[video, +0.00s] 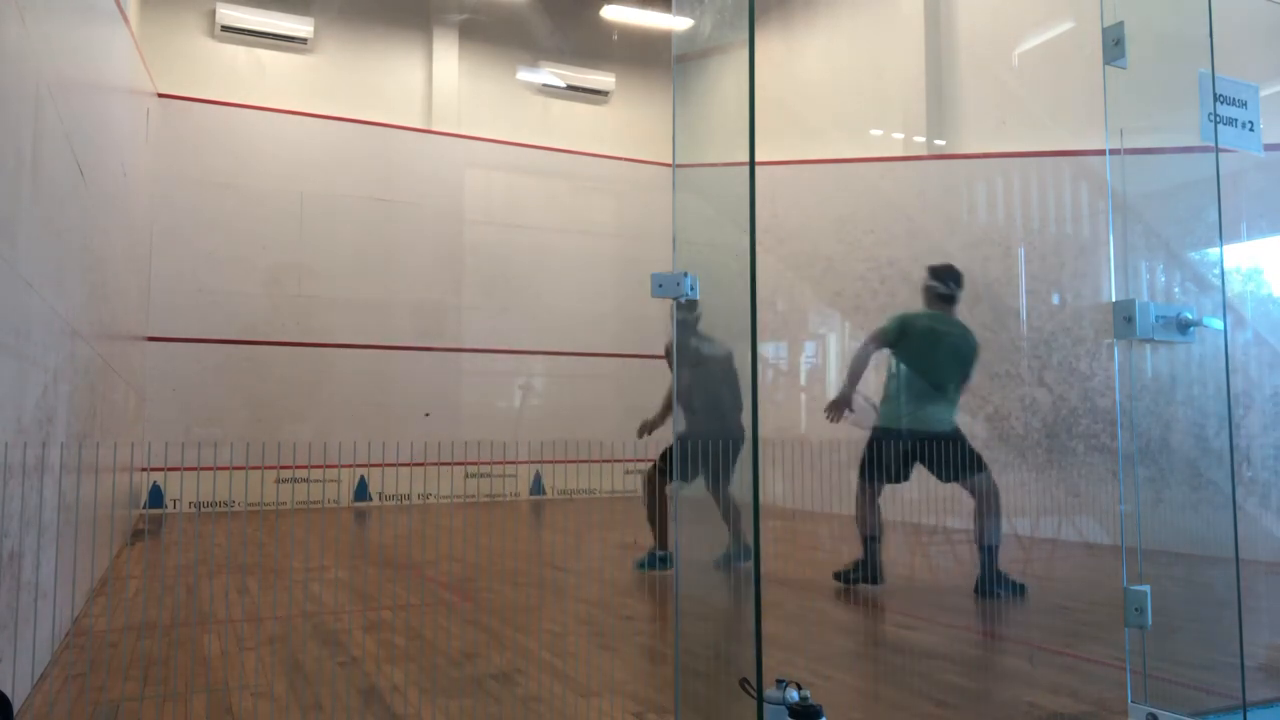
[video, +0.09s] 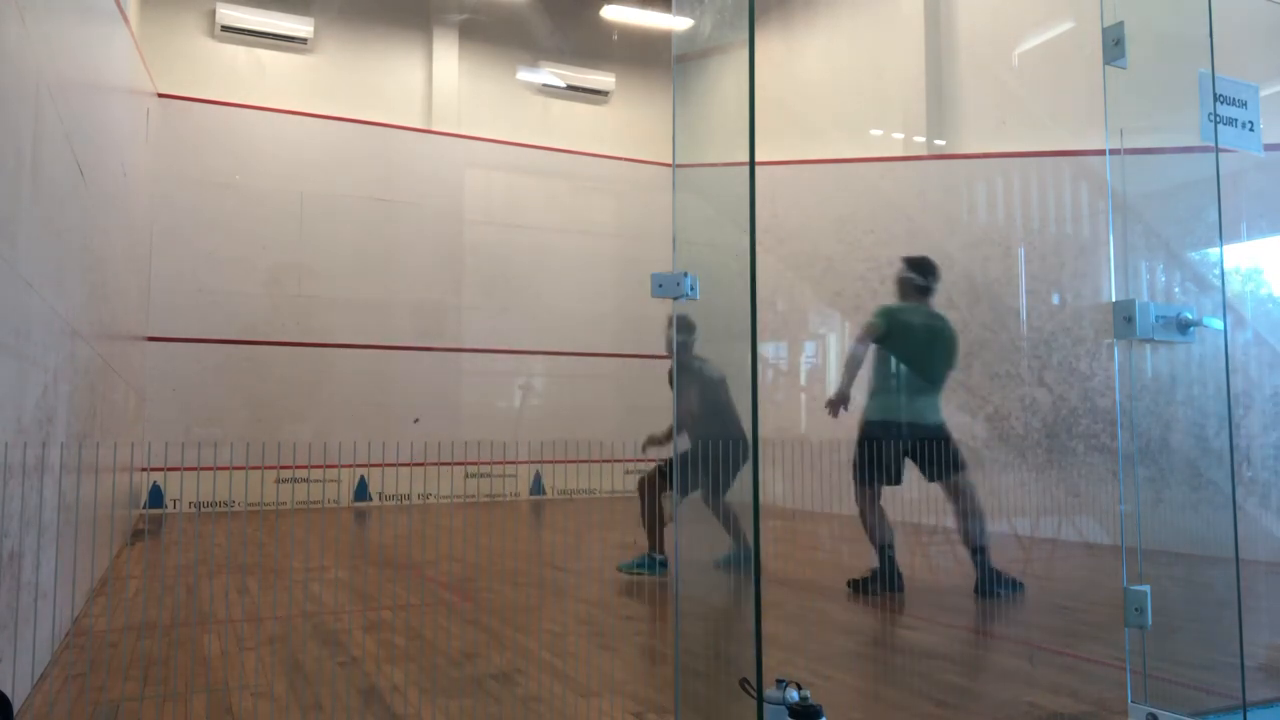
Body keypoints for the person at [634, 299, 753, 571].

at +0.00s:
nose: (675, 326)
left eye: (676, 320)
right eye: (677, 319)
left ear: (676, 320)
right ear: (697, 318)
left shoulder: (680, 349)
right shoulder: (720, 350)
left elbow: (676, 391)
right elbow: (734, 400)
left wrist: (654, 422)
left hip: (699, 435)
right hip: (730, 434)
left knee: (654, 480)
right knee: (717, 486)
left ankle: (661, 550)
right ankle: (739, 545)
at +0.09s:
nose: (671, 344)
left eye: (676, 339)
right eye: (670, 338)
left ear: (684, 340)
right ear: (687, 340)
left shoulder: (684, 371)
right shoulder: (706, 367)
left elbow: (688, 415)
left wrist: (663, 437)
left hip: (714, 447)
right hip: (733, 446)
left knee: (648, 486)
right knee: (712, 497)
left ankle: (655, 555)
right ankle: (744, 549)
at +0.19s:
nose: (655, 345)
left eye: (658, 339)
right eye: (655, 338)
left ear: (667, 341)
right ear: (675, 340)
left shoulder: (678, 370)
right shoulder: (687, 366)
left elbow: (680, 412)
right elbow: (682, 414)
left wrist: (651, 443)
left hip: (707, 448)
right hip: (722, 446)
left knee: (647, 491)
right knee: (711, 498)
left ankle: (665, 560)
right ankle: (743, 549)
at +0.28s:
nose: (636, 327)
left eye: (641, 321)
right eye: (636, 320)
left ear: (651, 323)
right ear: (654, 323)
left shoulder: (666, 351)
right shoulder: (657, 352)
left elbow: (681, 389)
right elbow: (664, 394)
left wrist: (666, 422)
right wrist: (654, 421)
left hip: (696, 438)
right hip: (697, 437)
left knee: (646, 496)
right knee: (712, 495)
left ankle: (667, 567)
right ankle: (739, 547)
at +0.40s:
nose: (615, 310)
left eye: (618, 304)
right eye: (616, 304)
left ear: (630, 307)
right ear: (643, 305)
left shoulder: (648, 338)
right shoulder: (658, 332)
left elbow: (651, 386)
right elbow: (693, 359)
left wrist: (630, 412)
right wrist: (695, 403)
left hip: (667, 433)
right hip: (677, 430)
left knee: (625, 496)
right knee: (670, 494)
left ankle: (661, 558)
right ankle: (726, 538)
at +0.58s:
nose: (567, 319)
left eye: (571, 312)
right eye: (567, 312)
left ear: (587, 312)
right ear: (591, 313)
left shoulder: (628, 341)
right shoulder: (588, 356)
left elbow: (677, 371)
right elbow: (580, 413)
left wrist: (694, 419)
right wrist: (579, 393)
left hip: (628, 445)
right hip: (616, 445)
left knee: (560, 492)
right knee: (647, 518)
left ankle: (539, 575)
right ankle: (710, 563)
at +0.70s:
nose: (529, 333)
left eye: (534, 326)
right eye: (529, 326)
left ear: (554, 325)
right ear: (550, 327)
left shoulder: (598, 355)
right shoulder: (550, 370)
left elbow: (640, 390)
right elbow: (540, 425)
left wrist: (658, 439)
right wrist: (563, 404)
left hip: (595, 457)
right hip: (585, 457)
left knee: (531, 514)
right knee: (630, 528)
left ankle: (489, 594)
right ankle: (702, 559)